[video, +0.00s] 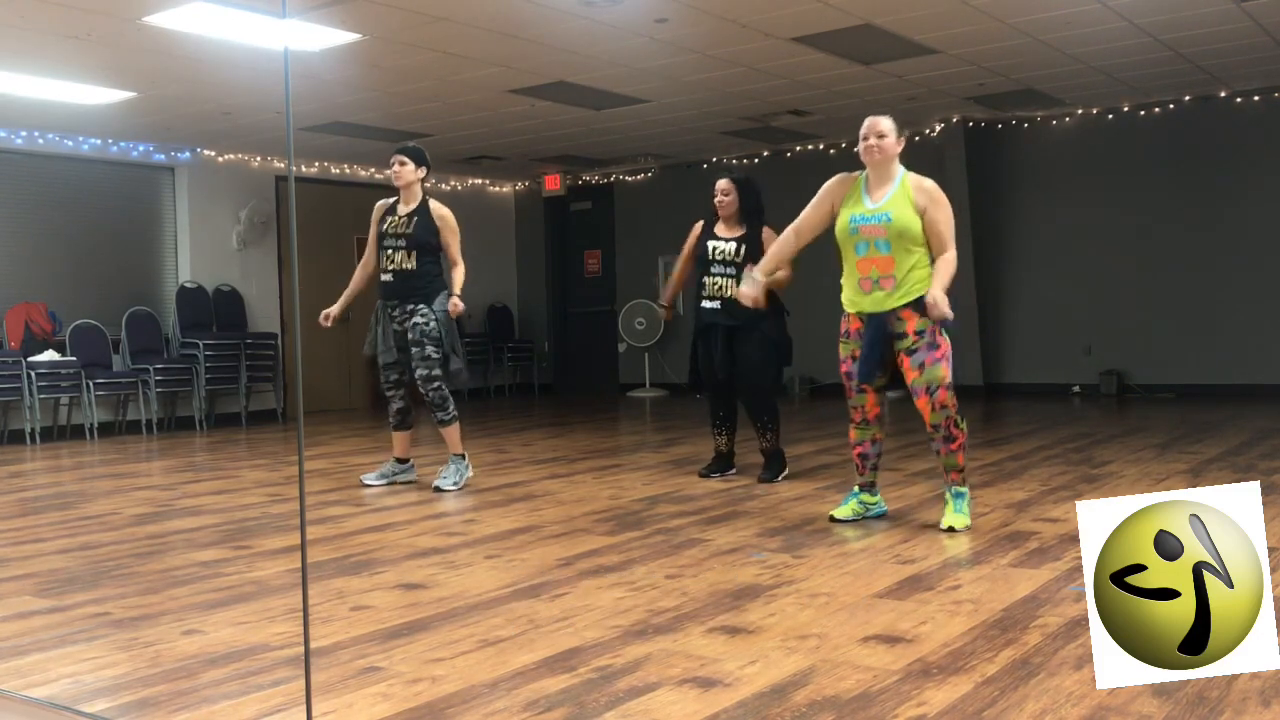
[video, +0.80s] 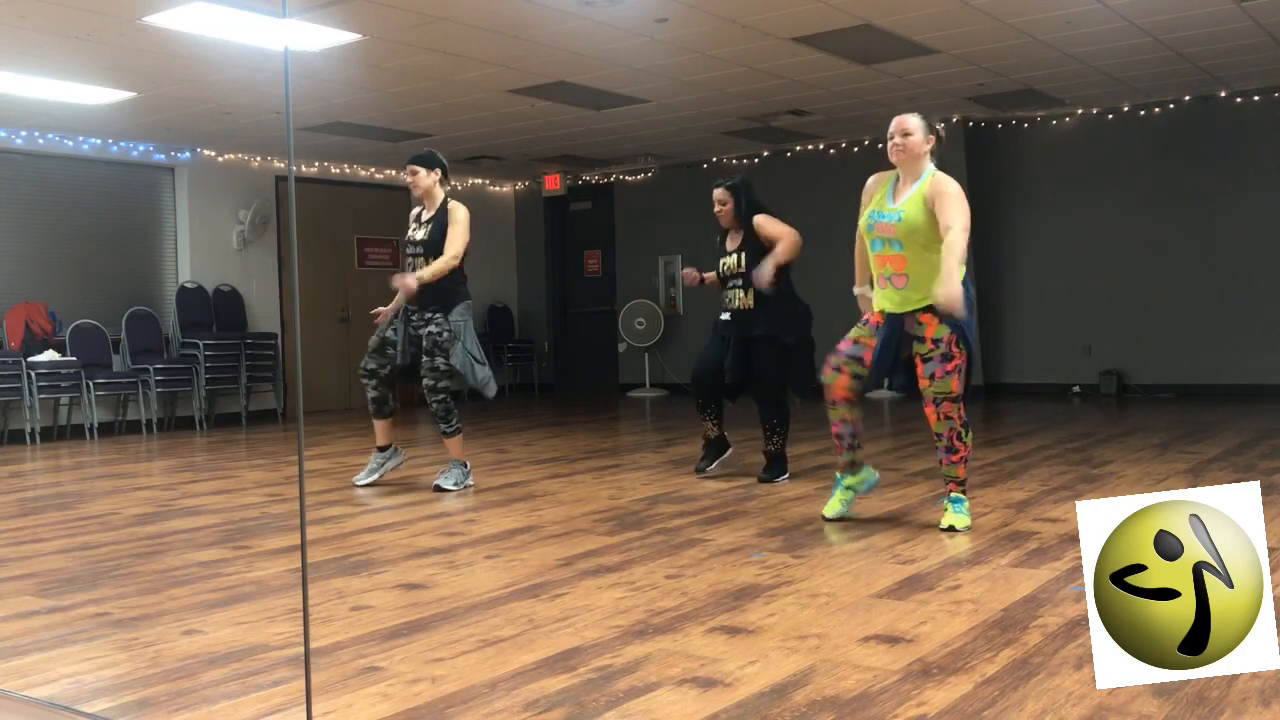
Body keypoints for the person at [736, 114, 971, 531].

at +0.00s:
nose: (871, 142)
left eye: (880, 136)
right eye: (865, 137)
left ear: (900, 144)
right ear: (858, 148)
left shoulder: (924, 191)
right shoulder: (841, 188)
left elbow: (946, 252)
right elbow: (795, 234)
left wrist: (937, 288)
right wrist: (757, 273)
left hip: (915, 312)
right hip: (859, 317)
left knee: (936, 403)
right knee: (862, 408)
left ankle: (957, 493)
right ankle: (867, 494)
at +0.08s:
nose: (877, 140)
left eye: (887, 133)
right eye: (872, 135)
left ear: (909, 142)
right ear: (867, 145)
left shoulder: (930, 192)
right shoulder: (851, 184)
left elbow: (951, 252)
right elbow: (819, 238)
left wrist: (934, 268)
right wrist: (791, 287)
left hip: (919, 310)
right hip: (866, 313)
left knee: (935, 405)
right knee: (873, 407)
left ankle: (954, 497)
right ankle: (868, 494)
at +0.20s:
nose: (884, 139)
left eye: (894, 132)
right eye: (880, 135)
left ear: (918, 140)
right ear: (876, 146)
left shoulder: (936, 191)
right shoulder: (866, 183)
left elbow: (951, 257)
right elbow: (847, 241)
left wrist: (927, 257)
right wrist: (836, 294)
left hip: (923, 312)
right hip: (870, 313)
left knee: (937, 404)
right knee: (864, 402)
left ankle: (955, 497)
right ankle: (866, 492)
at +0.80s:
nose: (895, 142)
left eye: (905, 134)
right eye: (890, 137)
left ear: (930, 141)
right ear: (887, 147)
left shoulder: (943, 188)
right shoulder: (876, 184)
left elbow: (956, 233)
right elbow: (863, 238)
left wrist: (950, 279)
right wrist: (861, 289)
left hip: (935, 312)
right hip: (885, 312)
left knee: (943, 404)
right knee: (838, 375)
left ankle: (956, 497)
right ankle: (853, 473)